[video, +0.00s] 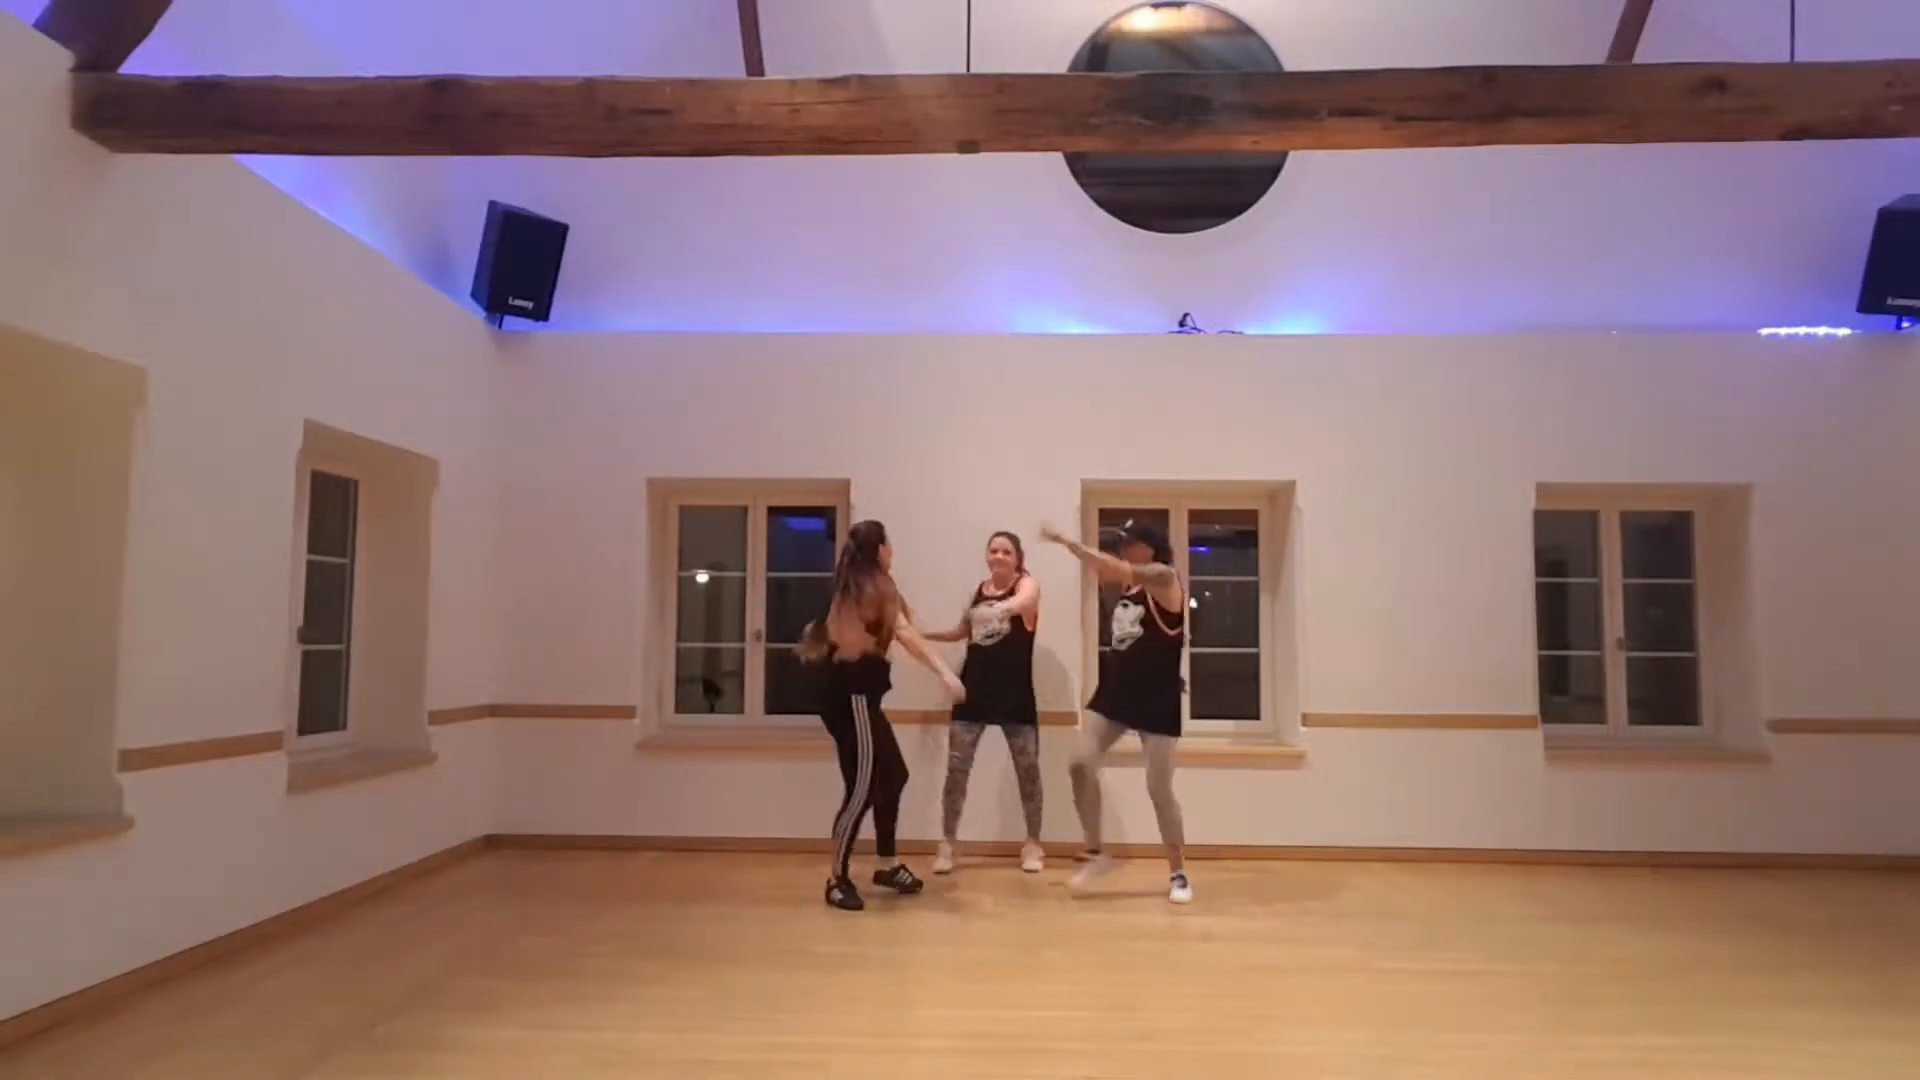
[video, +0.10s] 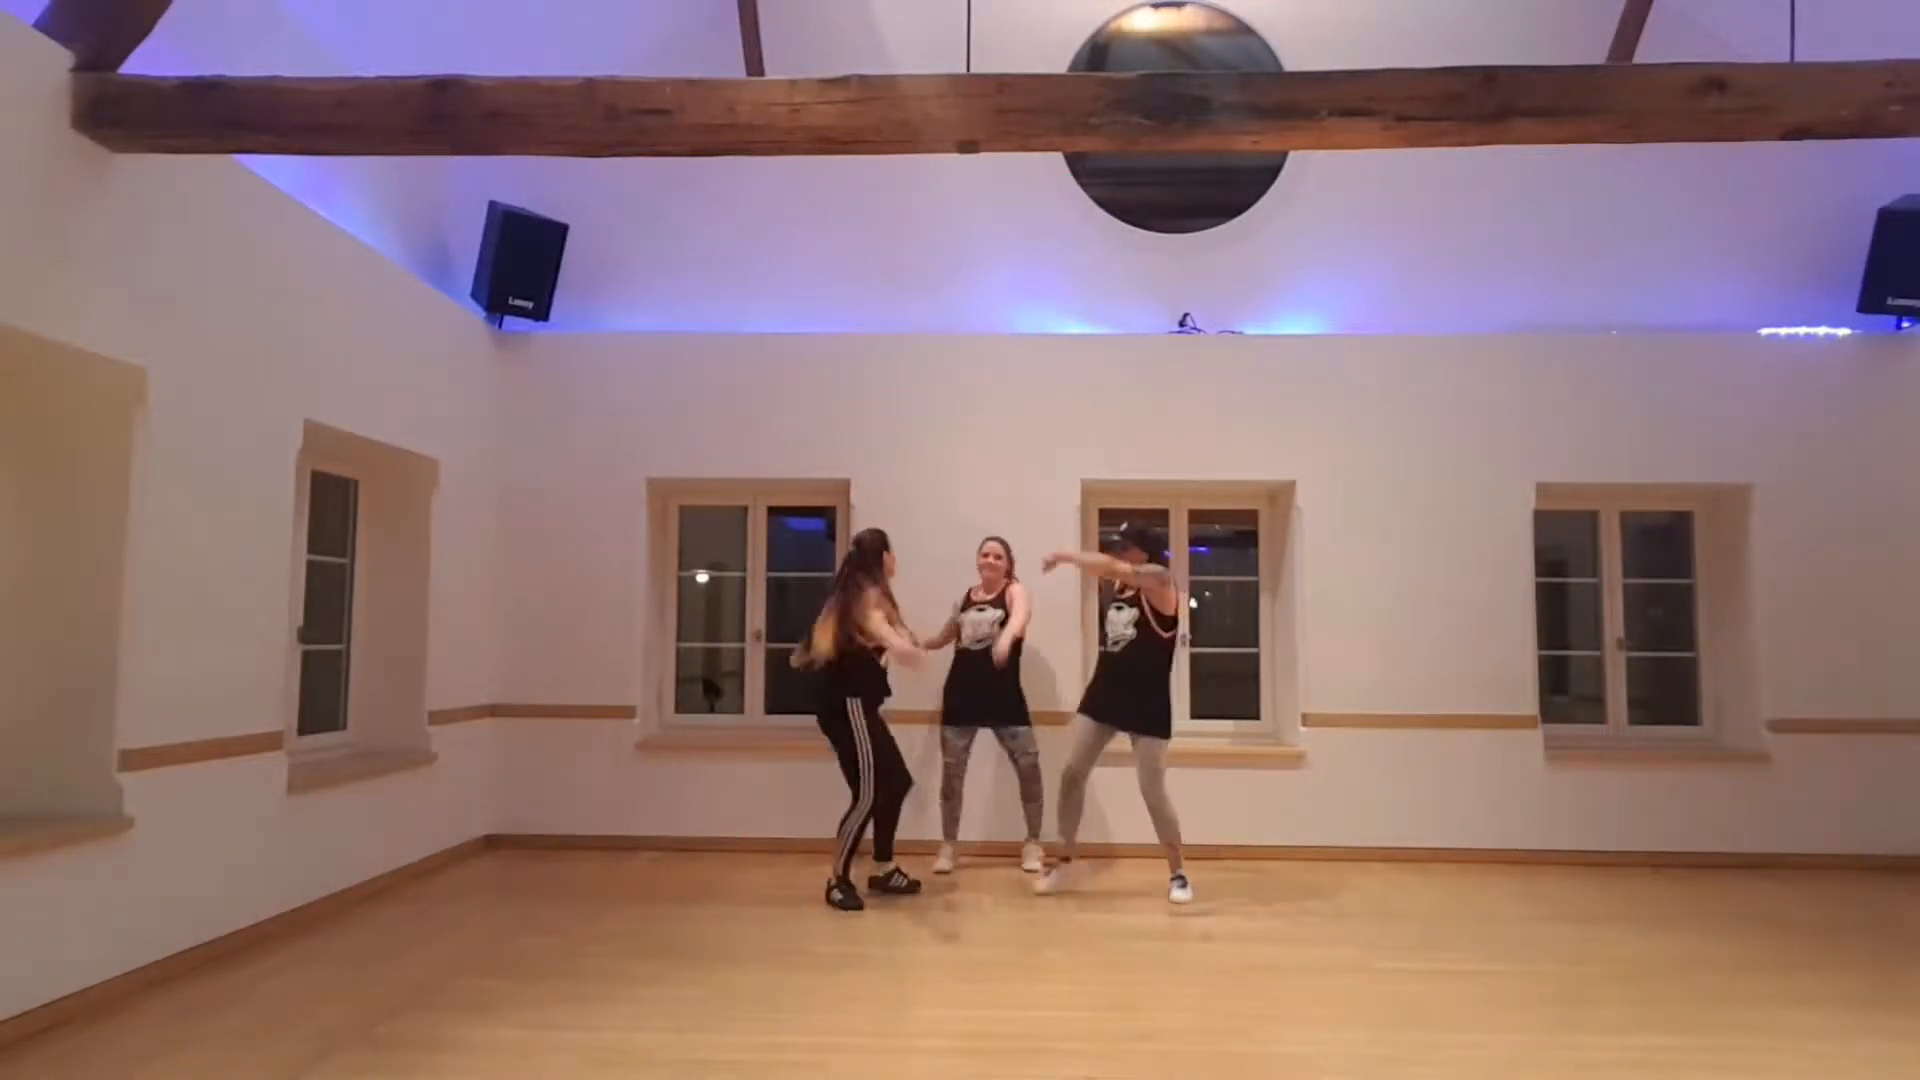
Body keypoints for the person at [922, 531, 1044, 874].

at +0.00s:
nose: (998, 557)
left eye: (1005, 552)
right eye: (994, 552)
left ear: (1018, 559)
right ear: (986, 558)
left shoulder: (1027, 585)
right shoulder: (981, 590)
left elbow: (1022, 601)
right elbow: (961, 632)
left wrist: (996, 609)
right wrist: (921, 634)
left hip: (1014, 692)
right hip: (974, 690)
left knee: (1027, 767)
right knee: (957, 767)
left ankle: (1033, 842)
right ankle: (947, 843)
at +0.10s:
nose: (989, 561)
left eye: (997, 557)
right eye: (984, 555)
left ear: (1008, 565)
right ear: (976, 562)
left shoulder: (1014, 590)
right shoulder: (968, 597)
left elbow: (1019, 616)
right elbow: (946, 635)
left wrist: (1005, 637)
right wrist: (921, 644)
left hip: (1001, 690)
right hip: (961, 690)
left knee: (1028, 762)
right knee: (952, 767)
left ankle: (1033, 842)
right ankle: (948, 844)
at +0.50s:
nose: (969, 560)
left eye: (972, 554)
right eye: (961, 555)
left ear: (977, 560)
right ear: (944, 563)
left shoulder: (990, 597)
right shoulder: (931, 605)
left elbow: (1011, 644)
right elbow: (926, 658)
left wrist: (1030, 680)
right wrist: (941, 699)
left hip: (987, 694)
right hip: (947, 696)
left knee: (995, 769)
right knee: (948, 775)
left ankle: (1002, 844)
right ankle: (949, 845)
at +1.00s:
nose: (965, 562)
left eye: (968, 556)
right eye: (957, 558)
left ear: (975, 562)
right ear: (944, 568)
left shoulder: (976, 595)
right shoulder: (945, 606)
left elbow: (991, 631)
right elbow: (959, 662)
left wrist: (1001, 651)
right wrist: (984, 710)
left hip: (985, 689)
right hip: (955, 696)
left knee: (1015, 762)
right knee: (958, 772)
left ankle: (998, 840)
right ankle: (949, 844)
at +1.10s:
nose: (961, 559)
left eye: (966, 553)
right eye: (954, 556)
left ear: (979, 559)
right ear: (947, 566)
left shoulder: (983, 592)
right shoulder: (951, 601)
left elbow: (996, 640)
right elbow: (959, 659)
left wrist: (1002, 680)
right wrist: (983, 704)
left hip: (992, 688)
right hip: (959, 694)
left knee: (1013, 764)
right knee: (960, 769)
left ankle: (1007, 845)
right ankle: (947, 846)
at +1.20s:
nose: (966, 559)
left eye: (971, 553)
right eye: (959, 556)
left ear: (984, 558)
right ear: (953, 566)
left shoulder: (996, 593)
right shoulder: (957, 603)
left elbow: (1008, 643)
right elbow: (961, 660)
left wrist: (1011, 690)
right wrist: (984, 705)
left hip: (1001, 688)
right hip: (968, 694)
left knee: (1013, 767)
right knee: (966, 769)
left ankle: (1014, 846)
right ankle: (947, 845)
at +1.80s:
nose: (1016, 556)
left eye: (1022, 551)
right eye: (1010, 551)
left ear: (1032, 558)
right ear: (1000, 558)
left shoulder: (1046, 597)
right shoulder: (984, 595)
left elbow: (1059, 647)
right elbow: (967, 642)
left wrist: (1050, 695)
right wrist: (965, 688)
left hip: (1033, 696)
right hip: (994, 695)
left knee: (1028, 774)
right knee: (996, 772)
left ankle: (1024, 849)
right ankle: (992, 844)